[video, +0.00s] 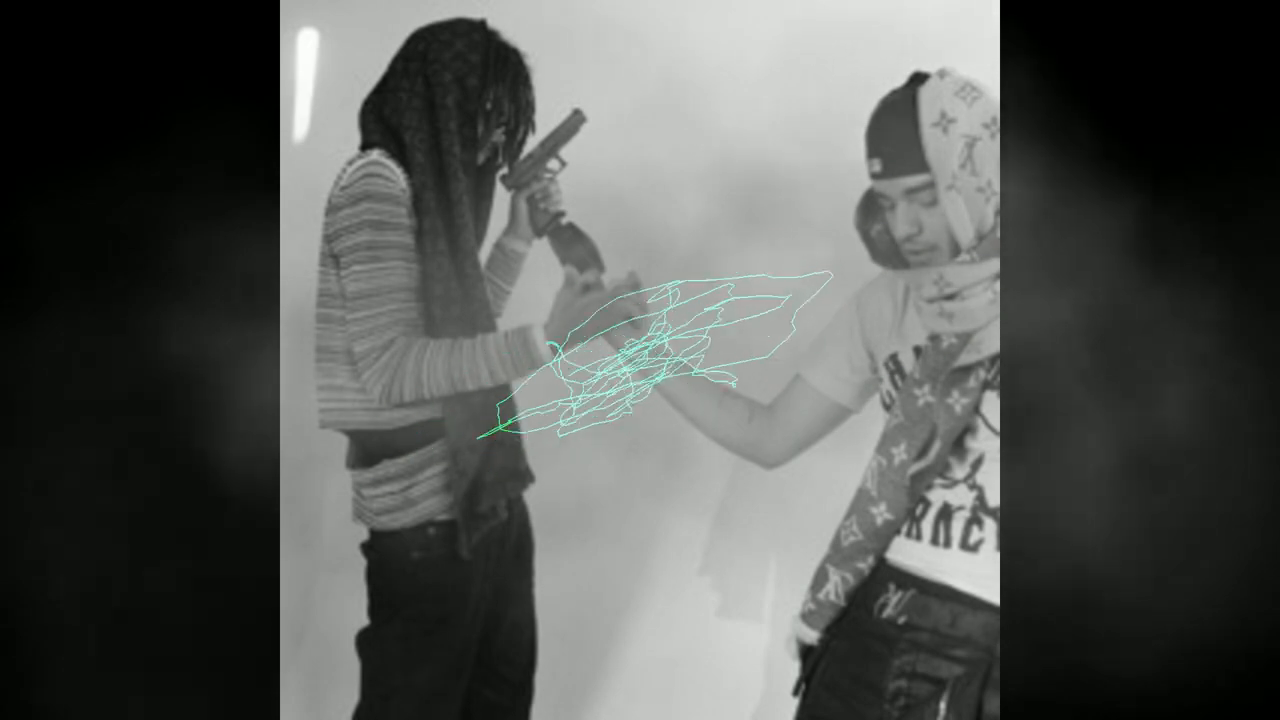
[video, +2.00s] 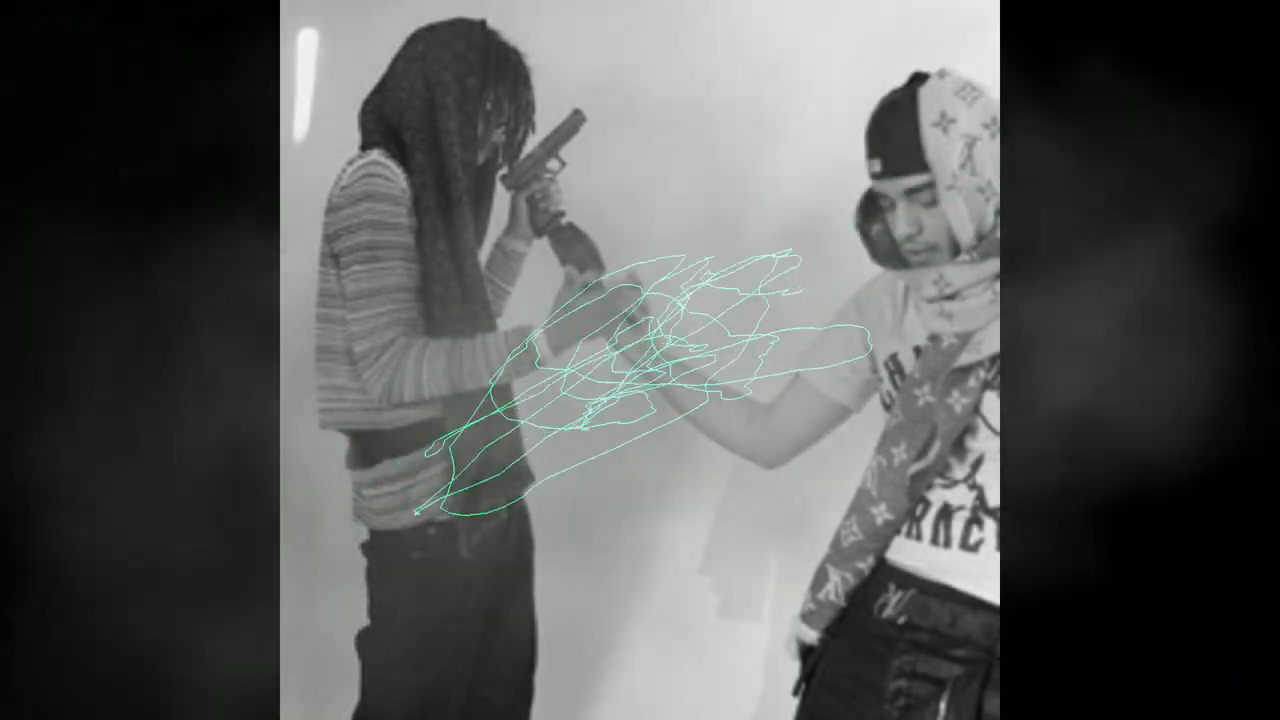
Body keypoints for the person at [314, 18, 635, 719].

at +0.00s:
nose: (498, 145)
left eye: (505, 127)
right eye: (493, 122)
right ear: (450, 108)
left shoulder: (425, 192)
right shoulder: (376, 183)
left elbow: (462, 332)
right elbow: (388, 368)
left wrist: (518, 235)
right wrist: (549, 339)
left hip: (485, 500)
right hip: (422, 516)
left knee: (500, 700)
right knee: (411, 705)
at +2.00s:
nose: (498, 144)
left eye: (504, 124)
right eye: (490, 120)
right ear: (445, 108)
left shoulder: (429, 191)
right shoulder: (377, 183)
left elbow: (464, 335)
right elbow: (387, 370)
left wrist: (518, 234)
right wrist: (546, 343)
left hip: (488, 495)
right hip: (422, 509)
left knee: (499, 697)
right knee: (413, 702)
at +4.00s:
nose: (497, 143)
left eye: (504, 126)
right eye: (491, 120)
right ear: (448, 107)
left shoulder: (427, 191)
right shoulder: (377, 182)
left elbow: (463, 330)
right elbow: (389, 369)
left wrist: (519, 234)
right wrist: (549, 338)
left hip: (487, 502)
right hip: (421, 519)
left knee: (499, 702)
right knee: (411, 705)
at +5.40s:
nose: (497, 143)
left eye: (504, 124)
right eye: (492, 119)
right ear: (449, 106)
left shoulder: (426, 189)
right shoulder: (377, 183)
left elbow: (463, 333)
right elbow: (389, 370)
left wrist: (517, 234)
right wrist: (544, 340)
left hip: (487, 498)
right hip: (422, 514)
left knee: (500, 699)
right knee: (410, 704)